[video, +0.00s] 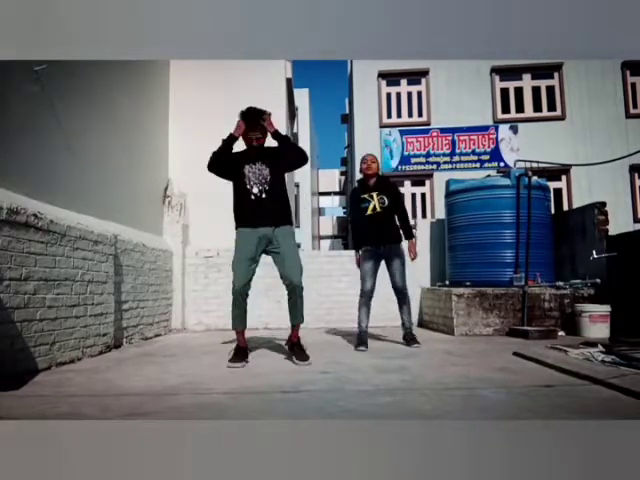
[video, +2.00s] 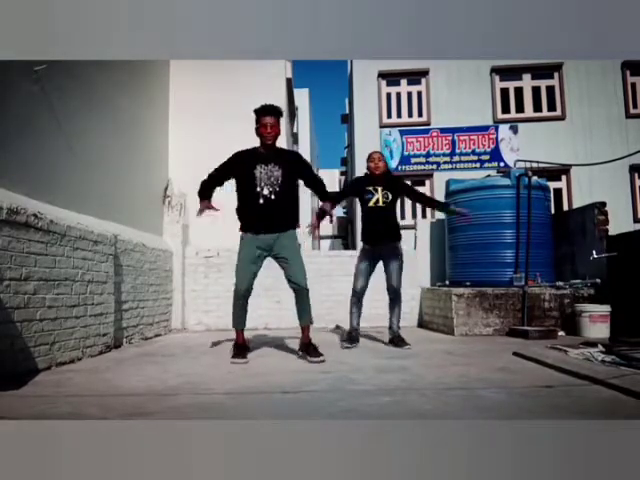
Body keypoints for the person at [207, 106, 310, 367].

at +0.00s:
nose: (256, 140)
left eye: (260, 135)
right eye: (251, 136)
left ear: (267, 134)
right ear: (243, 134)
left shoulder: (277, 155)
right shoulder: (236, 159)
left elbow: (301, 159)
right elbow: (213, 166)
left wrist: (276, 132)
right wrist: (233, 136)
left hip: (281, 229)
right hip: (248, 231)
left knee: (295, 283)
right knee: (239, 286)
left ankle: (295, 340)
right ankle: (241, 344)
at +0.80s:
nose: (267, 141)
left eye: (269, 135)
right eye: (262, 137)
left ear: (275, 134)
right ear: (257, 140)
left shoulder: (293, 158)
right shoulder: (255, 162)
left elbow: (322, 167)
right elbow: (246, 172)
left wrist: (306, 142)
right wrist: (252, 142)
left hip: (292, 232)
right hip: (262, 233)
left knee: (296, 288)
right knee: (251, 285)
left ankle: (292, 340)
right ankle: (244, 343)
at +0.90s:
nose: (269, 147)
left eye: (272, 141)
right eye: (265, 144)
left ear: (280, 140)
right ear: (260, 146)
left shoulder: (297, 164)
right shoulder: (258, 166)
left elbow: (325, 186)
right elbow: (244, 161)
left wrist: (316, 165)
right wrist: (252, 134)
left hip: (294, 236)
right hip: (265, 236)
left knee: (297, 290)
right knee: (252, 287)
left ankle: (292, 341)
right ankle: (246, 344)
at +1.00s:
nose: (270, 149)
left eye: (273, 143)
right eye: (265, 146)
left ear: (281, 142)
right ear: (260, 148)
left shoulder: (299, 166)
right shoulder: (259, 167)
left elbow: (326, 196)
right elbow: (241, 157)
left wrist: (320, 193)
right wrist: (251, 134)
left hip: (293, 237)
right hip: (264, 235)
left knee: (297, 290)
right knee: (247, 279)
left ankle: (292, 340)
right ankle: (249, 335)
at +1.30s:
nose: (264, 139)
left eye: (268, 134)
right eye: (259, 135)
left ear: (275, 135)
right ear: (253, 138)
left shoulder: (291, 164)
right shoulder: (249, 165)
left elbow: (308, 198)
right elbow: (219, 177)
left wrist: (305, 227)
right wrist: (224, 145)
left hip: (289, 234)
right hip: (259, 235)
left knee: (292, 289)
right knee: (248, 288)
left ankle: (291, 340)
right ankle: (245, 342)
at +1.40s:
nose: (264, 138)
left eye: (268, 134)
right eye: (260, 134)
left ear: (275, 136)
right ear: (252, 137)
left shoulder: (287, 168)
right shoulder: (241, 169)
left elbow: (300, 202)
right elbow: (210, 197)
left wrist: (300, 231)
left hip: (285, 237)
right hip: (254, 237)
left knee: (294, 287)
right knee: (245, 288)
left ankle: (291, 337)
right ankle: (244, 342)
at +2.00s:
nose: (269, 130)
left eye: (273, 126)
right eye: (264, 126)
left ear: (279, 128)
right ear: (256, 128)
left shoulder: (292, 159)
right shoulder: (242, 159)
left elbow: (314, 182)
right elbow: (212, 179)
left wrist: (327, 200)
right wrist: (205, 199)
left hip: (285, 236)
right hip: (252, 237)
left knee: (301, 285)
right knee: (242, 289)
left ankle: (306, 340)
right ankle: (240, 341)